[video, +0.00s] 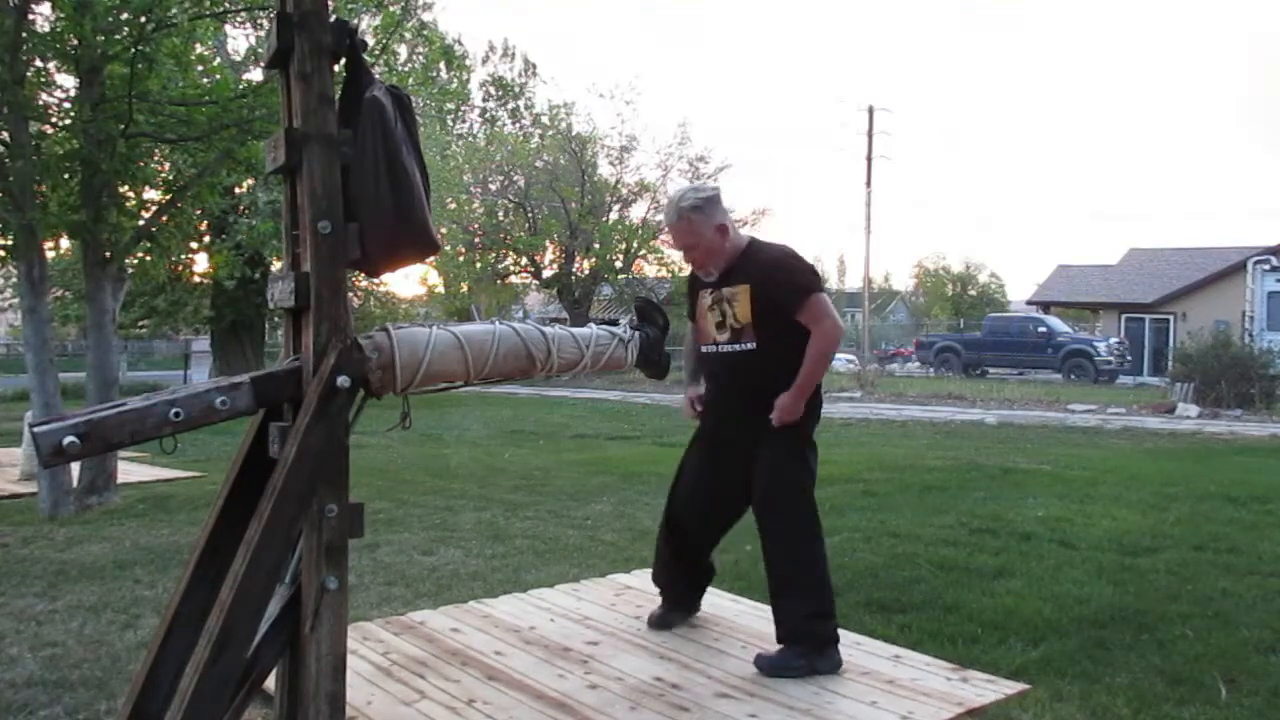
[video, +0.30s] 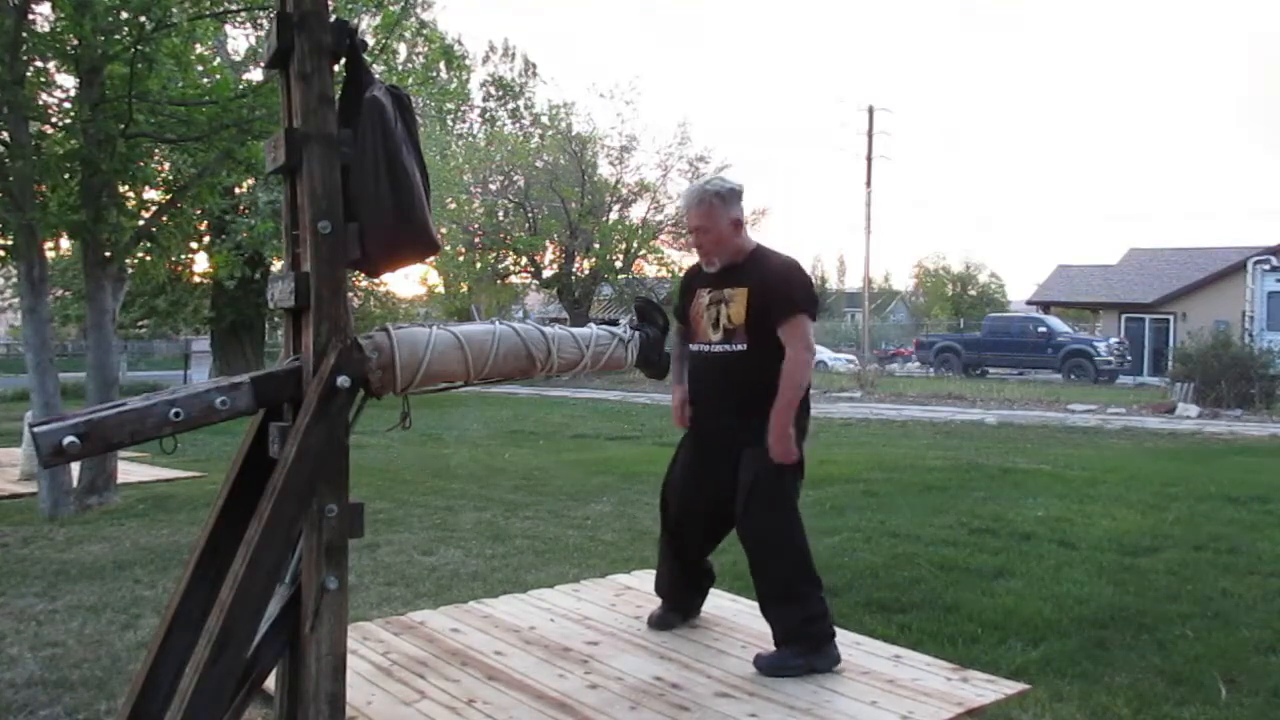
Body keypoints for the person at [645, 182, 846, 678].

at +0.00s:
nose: (688, 260)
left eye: (692, 248)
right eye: (682, 251)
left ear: (723, 231)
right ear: (679, 242)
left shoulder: (774, 264)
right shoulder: (700, 282)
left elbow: (829, 329)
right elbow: (700, 336)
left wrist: (798, 395)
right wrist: (694, 382)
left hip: (780, 424)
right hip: (724, 423)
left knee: (789, 532)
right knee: (688, 509)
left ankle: (814, 645)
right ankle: (679, 598)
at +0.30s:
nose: (696, 242)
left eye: (704, 230)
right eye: (691, 232)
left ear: (737, 222)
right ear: (691, 229)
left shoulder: (778, 274)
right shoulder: (694, 281)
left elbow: (801, 351)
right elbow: (684, 341)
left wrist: (782, 422)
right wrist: (679, 384)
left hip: (766, 427)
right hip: (710, 428)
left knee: (768, 526)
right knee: (681, 507)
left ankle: (811, 643)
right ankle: (681, 598)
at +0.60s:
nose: (730, 216)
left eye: (741, 207)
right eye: (727, 208)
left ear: (773, 210)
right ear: (725, 213)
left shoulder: (797, 270)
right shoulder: (714, 272)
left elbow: (775, 311)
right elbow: (671, 319)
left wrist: (715, 271)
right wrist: (671, 275)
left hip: (765, 431)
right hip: (704, 426)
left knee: (762, 518)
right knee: (674, 514)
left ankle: (813, 643)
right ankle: (681, 596)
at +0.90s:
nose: (736, 212)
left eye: (747, 204)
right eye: (734, 204)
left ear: (779, 208)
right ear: (735, 210)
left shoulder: (799, 271)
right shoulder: (719, 265)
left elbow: (758, 309)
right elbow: (678, 274)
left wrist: (702, 289)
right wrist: (643, 252)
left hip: (762, 432)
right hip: (700, 425)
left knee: (764, 528)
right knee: (675, 513)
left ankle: (812, 644)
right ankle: (681, 599)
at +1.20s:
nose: (734, 215)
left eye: (745, 206)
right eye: (732, 206)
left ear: (778, 209)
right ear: (733, 211)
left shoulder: (800, 272)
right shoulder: (720, 265)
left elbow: (765, 316)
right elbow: (678, 274)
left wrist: (706, 297)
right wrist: (643, 260)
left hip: (760, 434)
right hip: (699, 426)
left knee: (764, 531)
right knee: (674, 515)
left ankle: (813, 643)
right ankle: (681, 599)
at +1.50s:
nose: (732, 217)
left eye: (743, 207)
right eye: (729, 208)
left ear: (774, 210)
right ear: (729, 213)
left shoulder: (798, 272)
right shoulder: (719, 267)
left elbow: (763, 318)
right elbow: (675, 277)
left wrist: (704, 291)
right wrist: (639, 260)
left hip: (760, 434)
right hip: (699, 426)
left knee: (764, 531)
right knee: (674, 515)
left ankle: (813, 644)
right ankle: (681, 599)